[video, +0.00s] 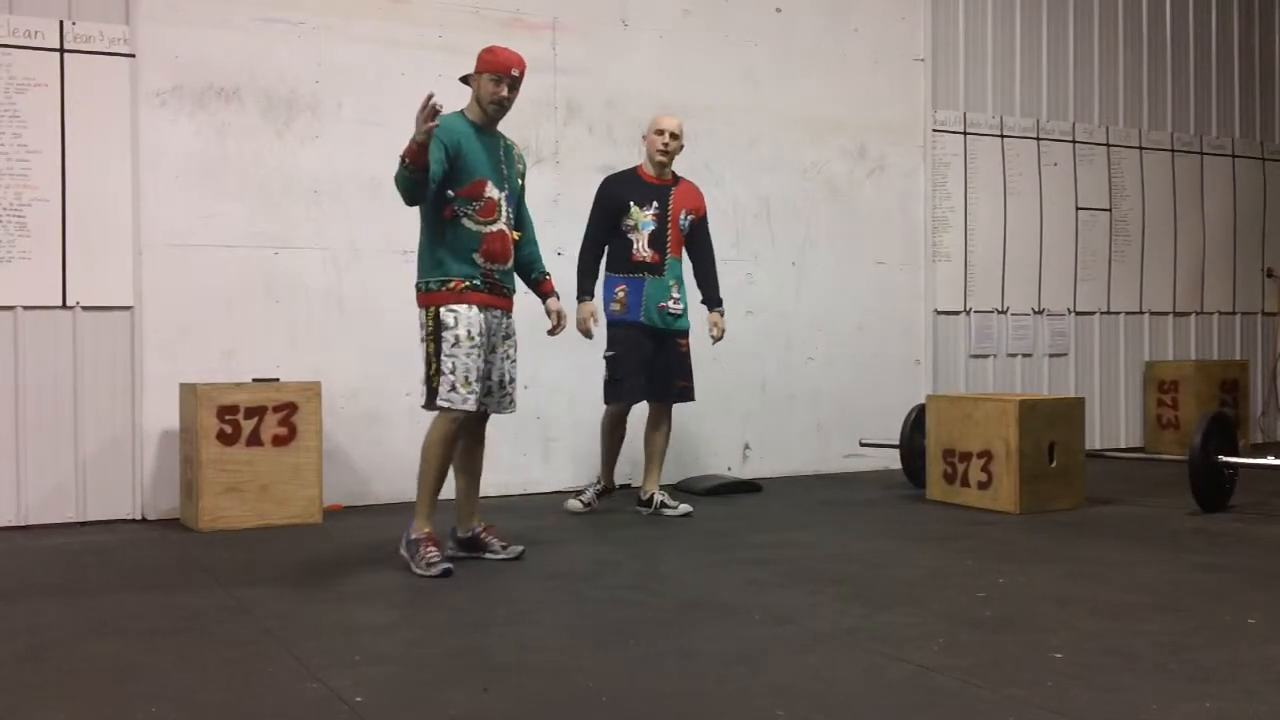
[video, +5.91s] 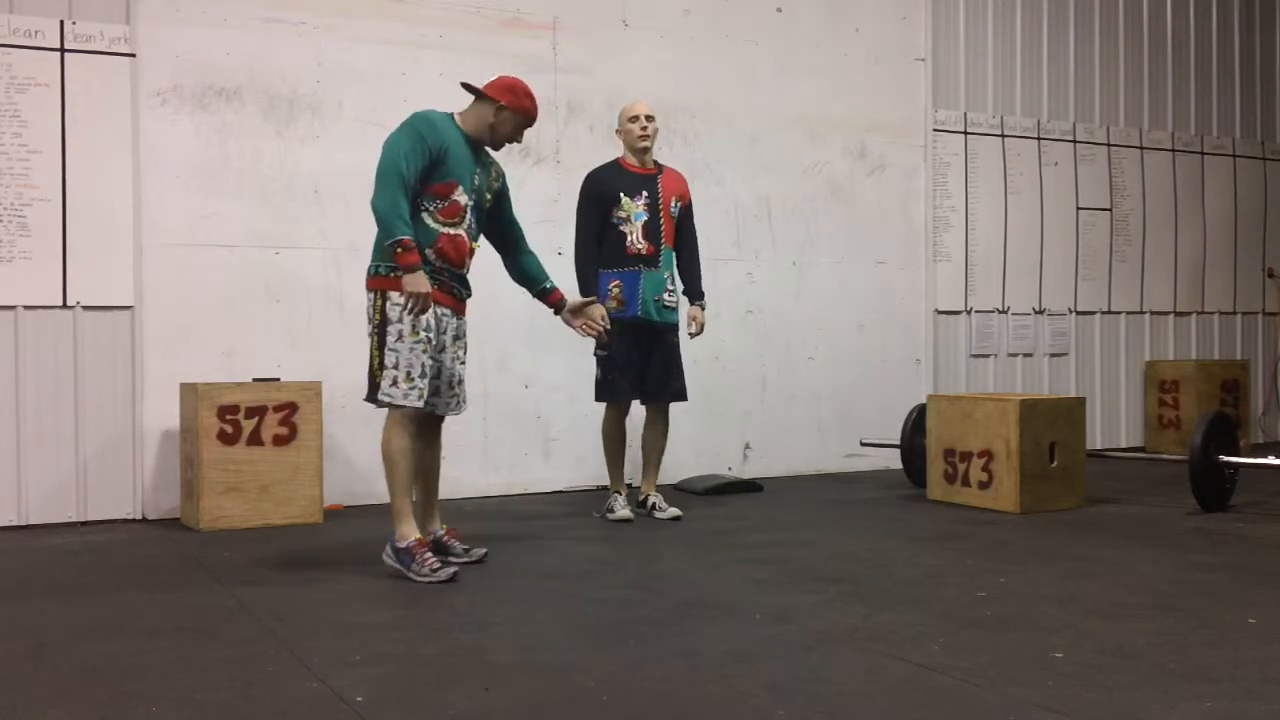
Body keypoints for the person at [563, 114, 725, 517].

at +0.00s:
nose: (666, 142)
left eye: (674, 137)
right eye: (660, 134)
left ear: (682, 146)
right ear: (646, 139)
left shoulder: (690, 196)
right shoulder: (615, 187)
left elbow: (702, 255)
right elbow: (592, 246)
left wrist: (714, 306)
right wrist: (585, 299)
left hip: (671, 315)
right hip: (626, 312)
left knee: (662, 403)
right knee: (619, 403)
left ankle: (650, 491)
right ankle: (605, 482)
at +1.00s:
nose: (605, 140)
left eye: (612, 134)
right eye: (597, 134)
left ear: (621, 142)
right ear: (585, 140)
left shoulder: (638, 189)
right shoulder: (561, 190)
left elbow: (652, 248)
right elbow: (542, 250)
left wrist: (661, 299)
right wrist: (534, 302)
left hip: (627, 318)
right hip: (577, 318)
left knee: (639, 404)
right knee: (574, 405)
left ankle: (649, 491)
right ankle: (575, 490)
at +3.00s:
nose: (650, 148)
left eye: (656, 141)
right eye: (642, 140)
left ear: (662, 143)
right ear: (624, 139)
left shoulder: (671, 187)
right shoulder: (599, 186)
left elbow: (681, 249)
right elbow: (578, 249)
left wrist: (687, 303)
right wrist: (576, 307)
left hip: (658, 313)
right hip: (612, 312)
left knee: (659, 402)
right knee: (613, 401)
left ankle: (648, 488)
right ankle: (611, 490)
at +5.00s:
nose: (645, 125)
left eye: (649, 119)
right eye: (636, 119)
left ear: (656, 128)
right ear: (618, 129)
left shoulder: (672, 182)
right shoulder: (599, 181)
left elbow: (686, 244)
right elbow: (586, 247)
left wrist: (692, 295)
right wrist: (596, 301)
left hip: (663, 309)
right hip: (619, 309)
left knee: (655, 402)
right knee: (617, 402)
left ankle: (648, 491)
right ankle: (617, 492)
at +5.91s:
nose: (644, 126)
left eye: (649, 120)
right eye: (635, 120)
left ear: (658, 129)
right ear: (620, 131)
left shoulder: (675, 182)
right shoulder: (599, 181)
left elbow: (687, 246)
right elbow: (585, 247)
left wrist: (696, 299)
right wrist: (590, 304)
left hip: (661, 313)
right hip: (615, 313)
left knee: (658, 405)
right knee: (617, 404)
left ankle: (649, 492)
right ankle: (617, 493)